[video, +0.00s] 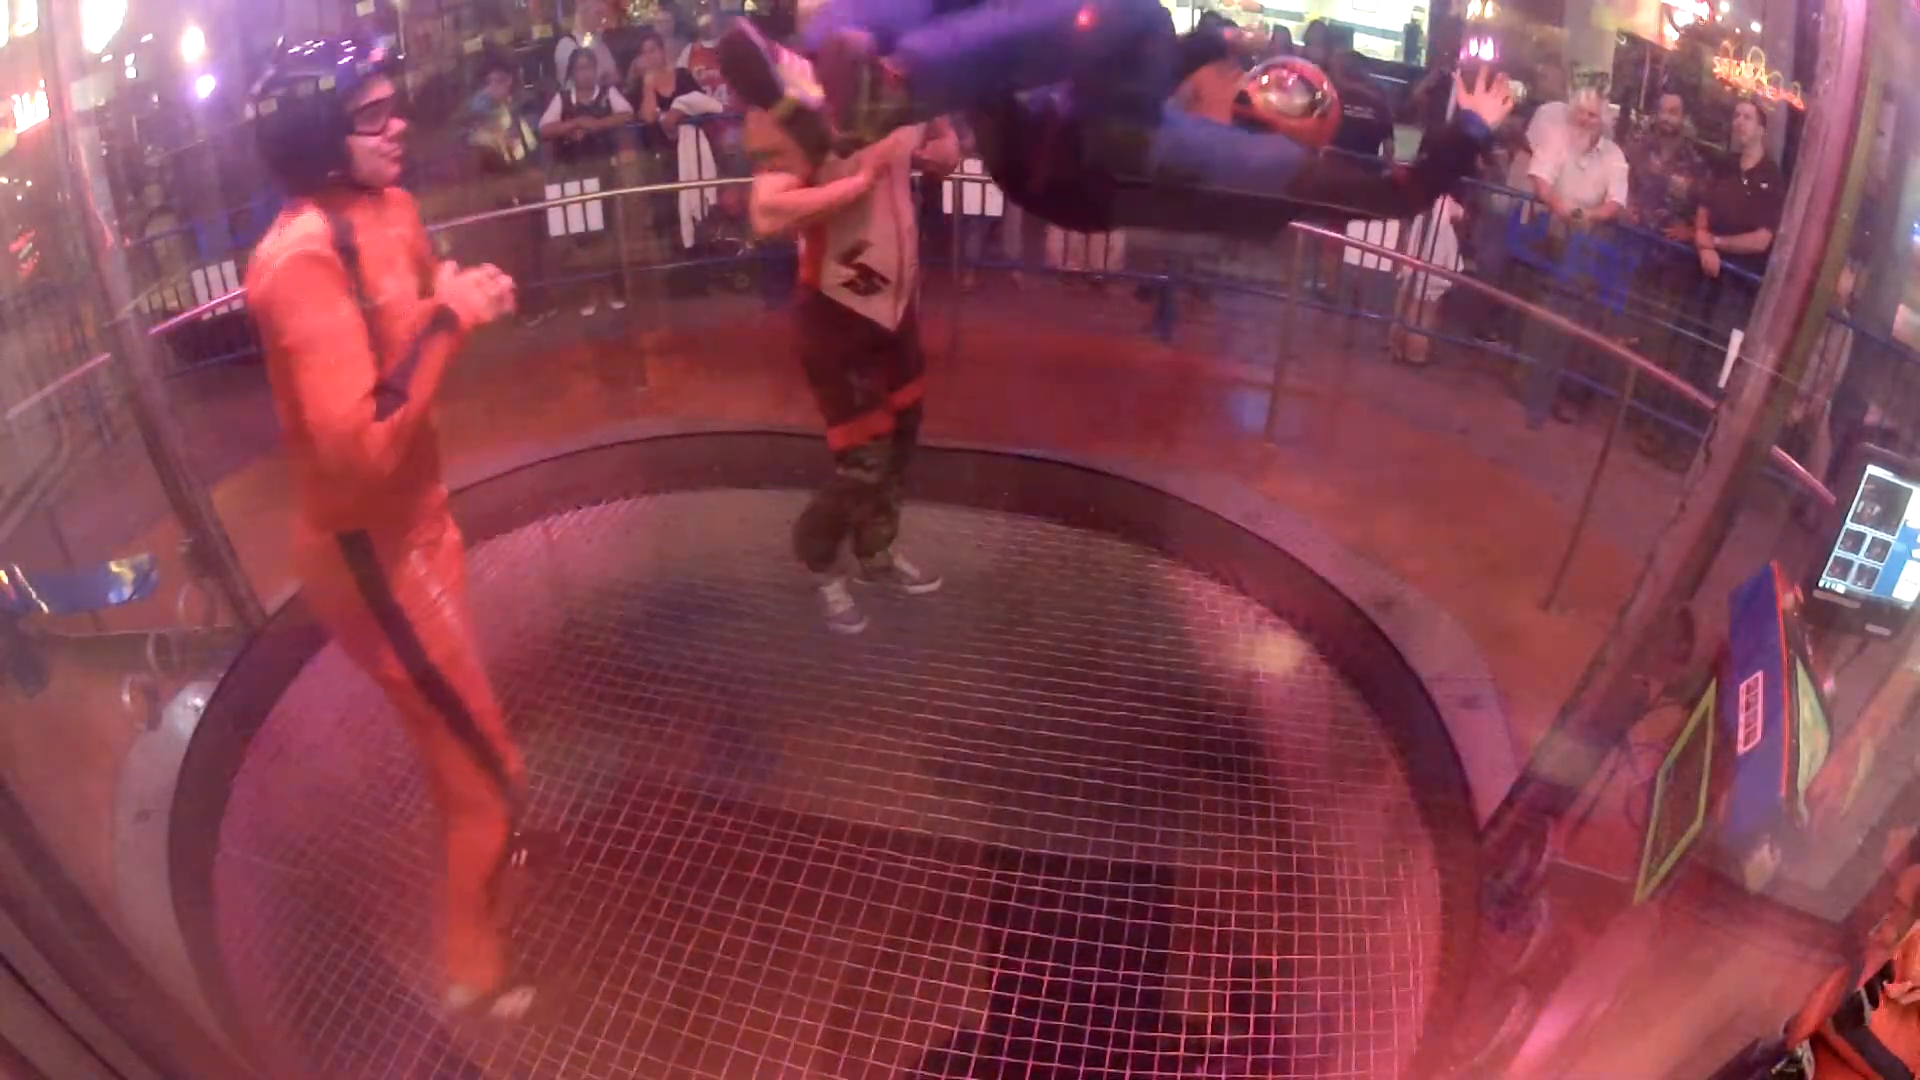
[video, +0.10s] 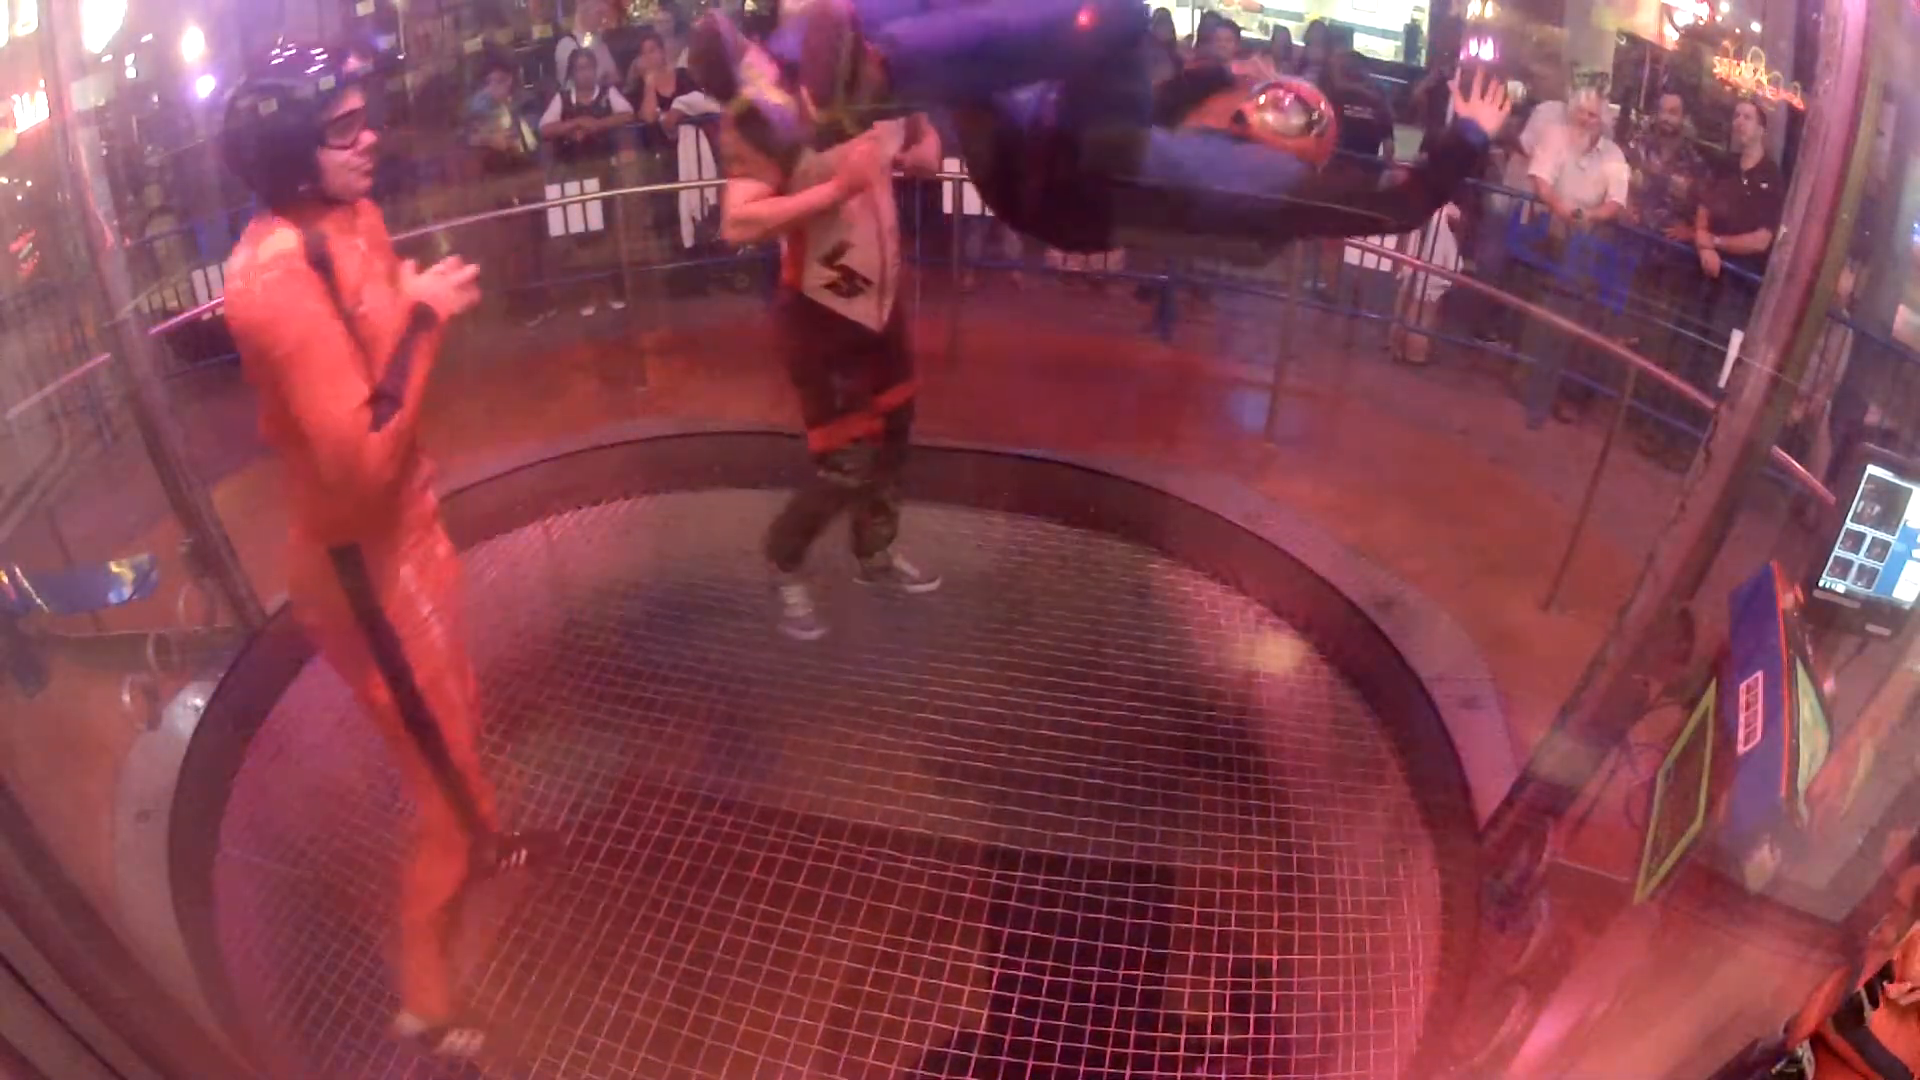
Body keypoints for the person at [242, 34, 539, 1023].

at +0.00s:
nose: (397, 131)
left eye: (395, 112)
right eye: (373, 119)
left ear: (390, 121)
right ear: (317, 141)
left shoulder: (391, 211)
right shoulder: (298, 263)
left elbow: (413, 320)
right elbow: (357, 456)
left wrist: (456, 294)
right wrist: (446, 323)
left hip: (423, 519)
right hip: (364, 549)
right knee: (482, 774)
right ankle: (468, 984)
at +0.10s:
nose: (367, 142)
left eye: (366, 123)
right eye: (343, 132)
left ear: (363, 131)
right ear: (290, 155)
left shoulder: (358, 223)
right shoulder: (271, 278)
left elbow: (381, 363)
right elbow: (356, 468)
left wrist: (413, 306)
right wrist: (425, 325)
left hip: (410, 523)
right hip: (354, 559)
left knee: (456, 729)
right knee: (451, 793)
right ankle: (423, 1019)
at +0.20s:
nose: (333, 156)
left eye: (331, 138)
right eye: (309, 144)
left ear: (324, 149)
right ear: (255, 162)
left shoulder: (327, 240)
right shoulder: (243, 288)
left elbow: (351, 385)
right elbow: (336, 498)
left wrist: (388, 333)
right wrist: (404, 357)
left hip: (395, 538)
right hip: (340, 577)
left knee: (450, 718)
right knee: (415, 836)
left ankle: (474, 846)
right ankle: (363, 1042)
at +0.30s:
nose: (297, 171)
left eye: (295, 150)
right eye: (271, 160)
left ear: (294, 152)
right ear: (214, 180)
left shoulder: (287, 264)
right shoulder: (214, 310)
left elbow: (323, 429)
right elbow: (310, 538)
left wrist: (366, 376)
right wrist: (374, 404)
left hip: (365, 579)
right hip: (314, 618)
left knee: (443, 728)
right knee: (369, 884)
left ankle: (472, 848)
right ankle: (325, 1066)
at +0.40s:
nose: (265, 209)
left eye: (260, 189)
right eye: (238, 200)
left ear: (256, 194)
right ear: (181, 229)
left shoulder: (252, 303)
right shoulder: (178, 356)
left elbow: (301, 430)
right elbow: (277, 582)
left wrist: (336, 409)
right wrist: (340, 441)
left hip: (328, 632)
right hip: (273, 670)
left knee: (442, 754)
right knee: (326, 918)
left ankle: (477, 858)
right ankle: (321, 1071)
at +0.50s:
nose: (238, 252)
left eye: (233, 230)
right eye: (213, 241)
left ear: (226, 227)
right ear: (152, 265)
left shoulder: (218, 341)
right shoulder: (134, 404)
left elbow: (246, 515)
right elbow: (244, 629)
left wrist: (286, 444)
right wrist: (299, 465)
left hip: (287, 681)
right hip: (233, 722)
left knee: (444, 771)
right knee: (291, 950)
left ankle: (473, 865)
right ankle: (304, 1071)